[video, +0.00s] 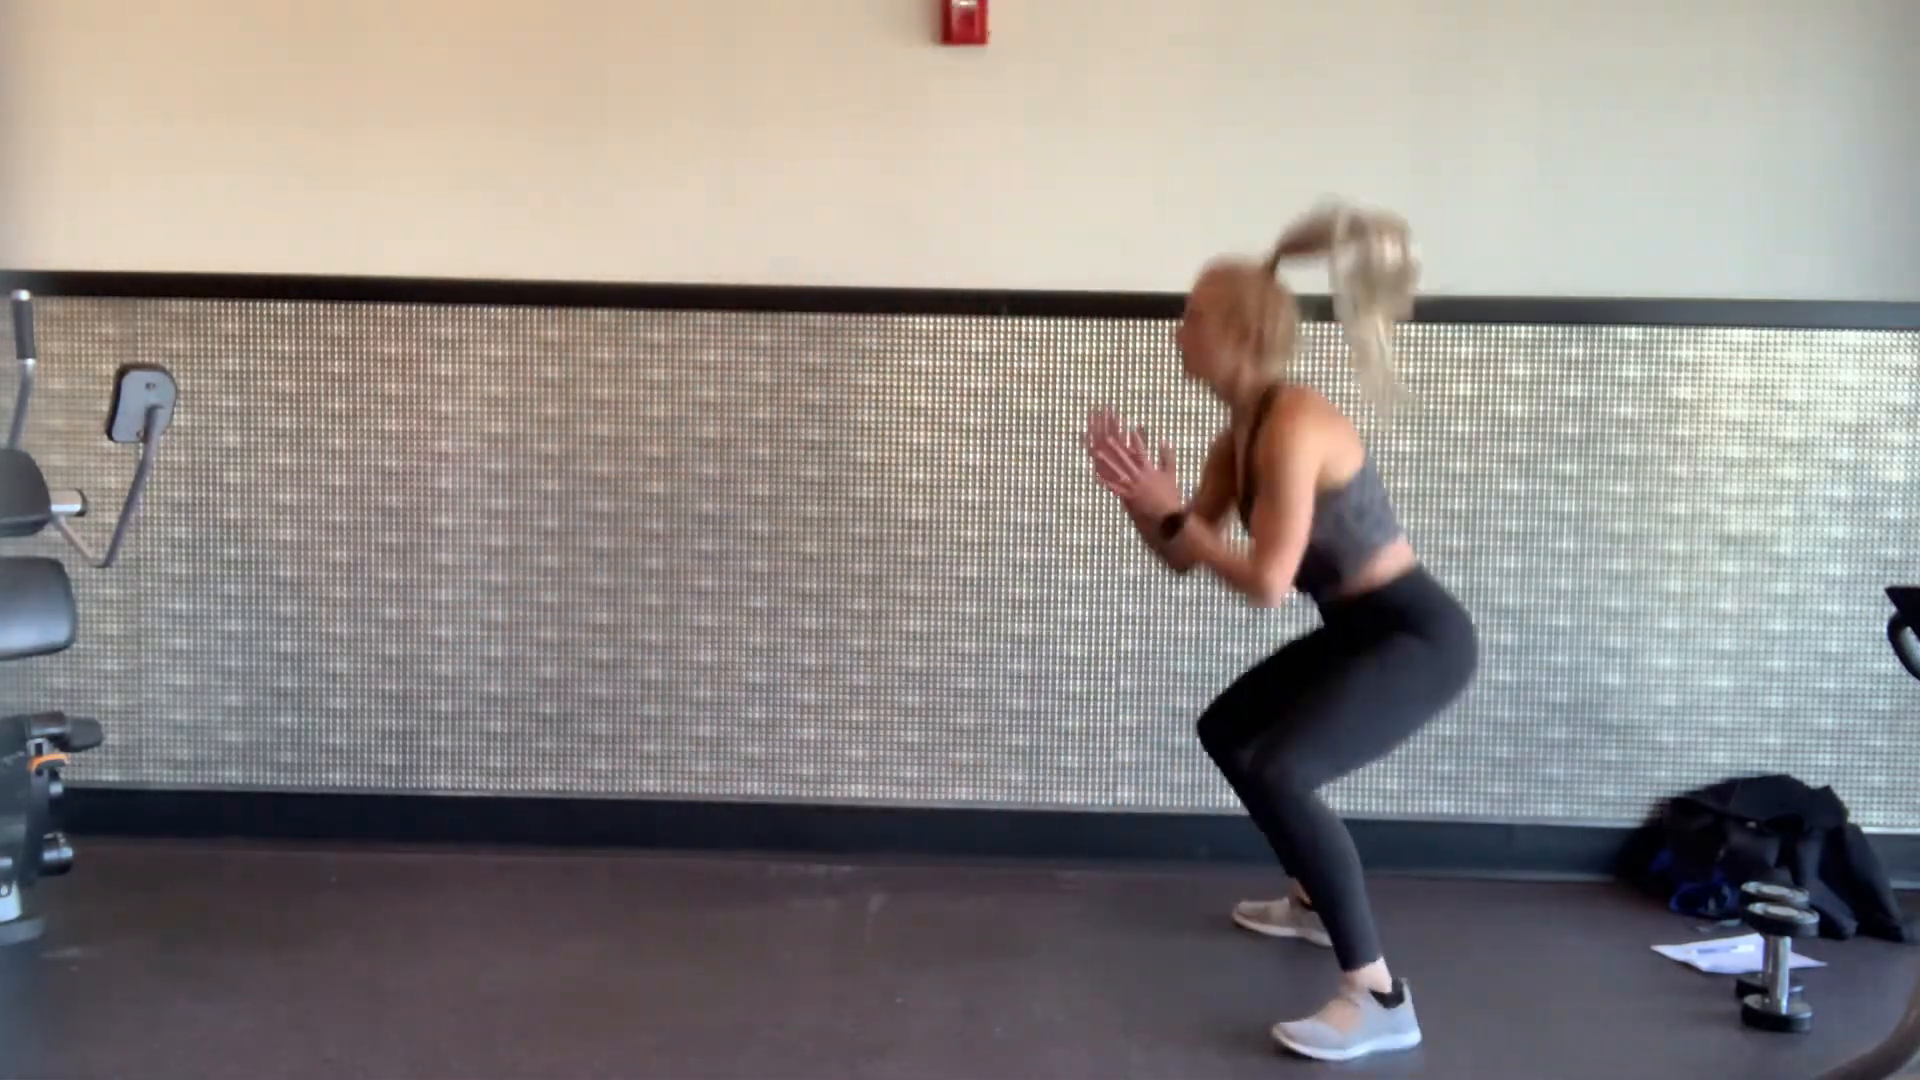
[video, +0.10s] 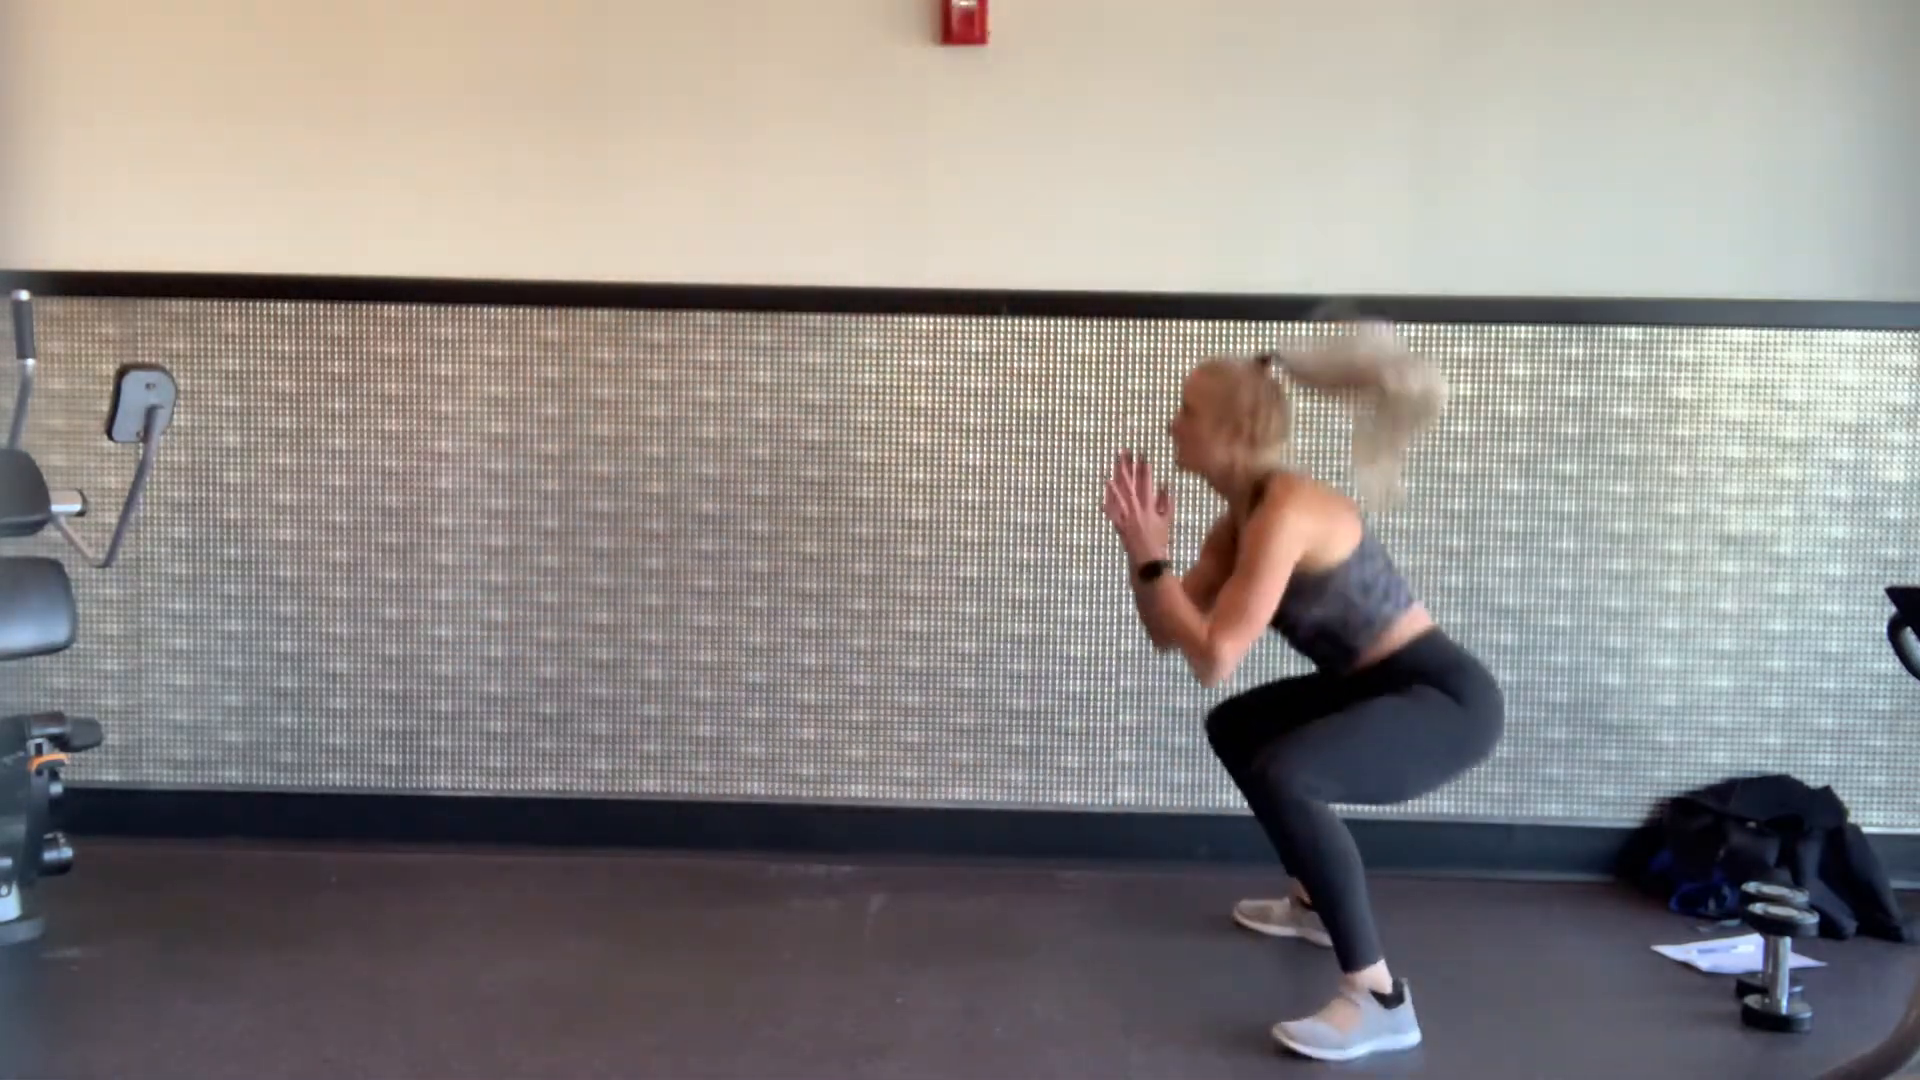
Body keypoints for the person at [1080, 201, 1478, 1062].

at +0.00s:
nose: (1177, 328)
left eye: (1190, 314)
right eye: (1182, 313)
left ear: (1236, 335)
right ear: (1238, 335)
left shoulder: (1293, 426)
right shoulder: (1240, 435)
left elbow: (1266, 582)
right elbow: (1184, 553)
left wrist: (1177, 516)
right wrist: (1139, 499)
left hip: (1420, 637)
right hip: (1362, 631)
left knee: (1278, 769)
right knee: (1229, 729)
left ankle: (1375, 990)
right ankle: (1318, 901)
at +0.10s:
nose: (1171, 424)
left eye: (1185, 411)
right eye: (1177, 409)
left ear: (1231, 430)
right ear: (1235, 432)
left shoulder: (1286, 508)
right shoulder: (1239, 519)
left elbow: (1216, 656)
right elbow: (1167, 631)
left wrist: (1151, 561)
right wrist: (1144, 552)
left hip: (1445, 697)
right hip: (1382, 687)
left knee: (1288, 773)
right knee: (1234, 728)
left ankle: (1378, 996)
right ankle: (1319, 903)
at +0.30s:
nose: (1172, 469)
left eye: (1186, 458)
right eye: (1175, 456)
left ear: (1236, 471)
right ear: (1236, 474)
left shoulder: (1286, 549)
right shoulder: (1245, 554)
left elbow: (1214, 695)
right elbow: (1193, 663)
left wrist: (1152, 597)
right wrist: (1149, 590)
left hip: (1454, 730)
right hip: (1395, 713)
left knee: (1285, 777)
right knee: (1239, 733)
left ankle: (1378, 997)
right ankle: (1315, 903)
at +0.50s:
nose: (1165, 421)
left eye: (1176, 406)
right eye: (1167, 405)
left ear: (1230, 414)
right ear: (1233, 416)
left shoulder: (1281, 500)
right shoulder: (1246, 497)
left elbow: (1198, 635)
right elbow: (1180, 603)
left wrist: (1137, 538)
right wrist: (1135, 534)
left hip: (1449, 683)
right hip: (1397, 668)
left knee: (1287, 768)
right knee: (1242, 722)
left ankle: (1377, 994)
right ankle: (1321, 900)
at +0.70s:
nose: (1142, 401)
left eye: (1153, 385)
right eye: (1143, 385)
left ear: (1207, 388)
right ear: (1210, 390)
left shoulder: (1260, 474)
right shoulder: (1225, 470)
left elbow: (1159, 597)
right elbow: (1147, 571)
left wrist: (1092, 500)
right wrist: (1092, 499)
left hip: (1433, 654)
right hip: (1375, 645)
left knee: (1285, 768)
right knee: (1238, 721)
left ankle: (1377, 993)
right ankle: (1320, 902)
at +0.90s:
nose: (1100, 400)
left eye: (1111, 384)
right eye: (1101, 383)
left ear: (1164, 385)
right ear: (1162, 388)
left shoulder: (1222, 471)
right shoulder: (1189, 468)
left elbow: (1119, 593)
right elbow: (1102, 568)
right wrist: (1000, 629)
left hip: (1405, 643)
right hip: (1350, 636)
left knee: (1266, 778)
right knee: (1224, 728)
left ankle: (1375, 992)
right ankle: (1319, 899)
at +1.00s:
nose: (1072, 393)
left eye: (1080, 376)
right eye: (1071, 377)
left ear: (1132, 375)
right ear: (1136, 376)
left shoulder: (1189, 462)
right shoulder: (1158, 464)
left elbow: (1147, 611)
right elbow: (1109, 586)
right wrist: (1038, 687)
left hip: (1369, 634)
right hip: (1318, 633)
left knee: (1241, 792)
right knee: (1203, 738)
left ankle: (1371, 992)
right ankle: (1317, 898)